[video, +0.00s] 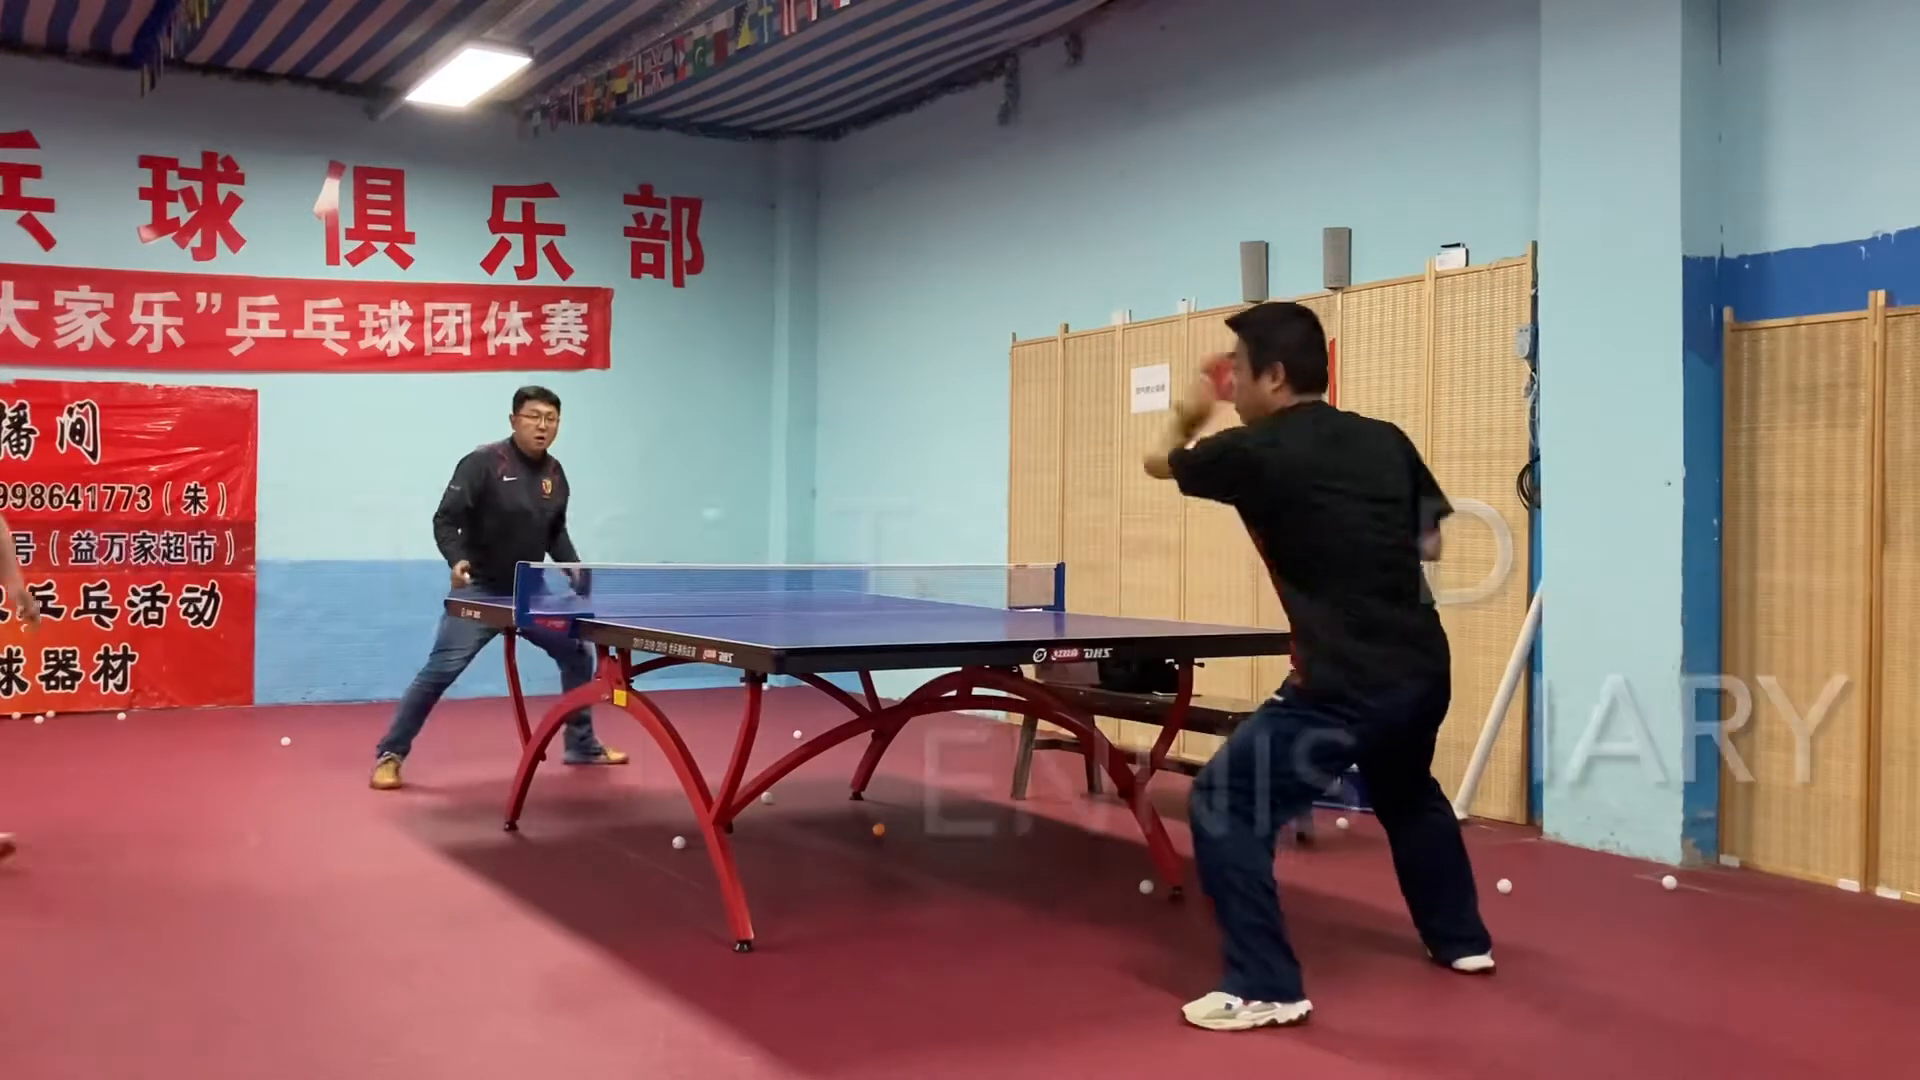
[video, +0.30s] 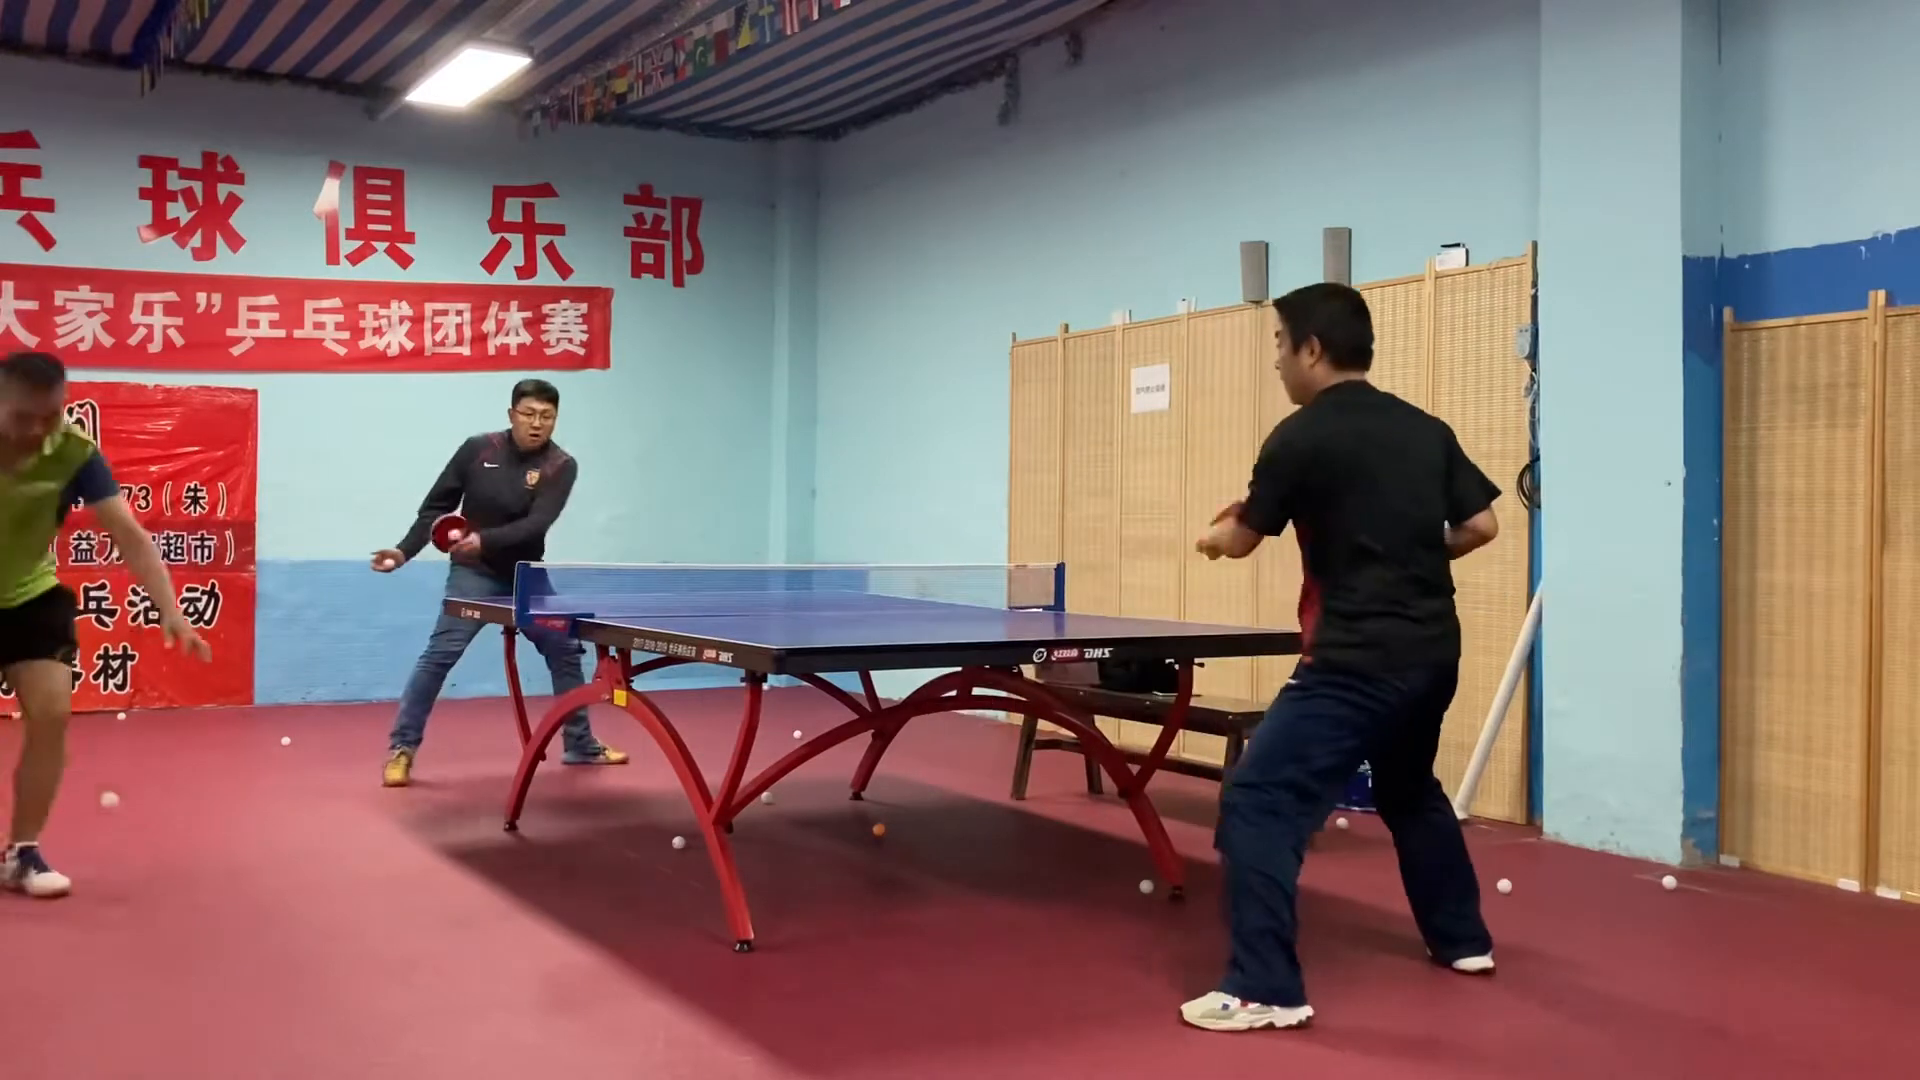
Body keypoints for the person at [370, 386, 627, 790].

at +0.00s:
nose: (543, 426)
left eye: (551, 419)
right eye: (534, 417)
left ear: (558, 427)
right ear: (514, 420)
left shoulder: (554, 473)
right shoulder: (481, 463)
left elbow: (555, 531)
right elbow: (446, 520)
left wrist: (575, 568)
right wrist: (456, 560)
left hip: (529, 591)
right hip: (479, 592)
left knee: (577, 654)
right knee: (440, 670)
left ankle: (582, 747)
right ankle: (390, 756)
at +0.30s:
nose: (537, 423)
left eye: (545, 416)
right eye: (528, 414)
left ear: (555, 420)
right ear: (511, 416)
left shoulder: (560, 465)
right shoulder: (478, 450)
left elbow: (536, 524)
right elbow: (437, 504)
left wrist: (482, 540)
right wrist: (403, 551)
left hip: (525, 572)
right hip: (474, 570)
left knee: (564, 649)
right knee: (443, 651)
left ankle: (580, 744)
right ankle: (403, 748)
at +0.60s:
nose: (484, 418)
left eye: (492, 411)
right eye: (475, 410)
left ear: (500, 415)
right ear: (456, 414)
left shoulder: (516, 459)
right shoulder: (428, 455)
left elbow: (530, 520)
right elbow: (399, 510)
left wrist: (508, 556)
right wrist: (372, 558)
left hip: (504, 577)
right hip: (448, 575)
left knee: (543, 652)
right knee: (424, 656)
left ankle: (571, 745)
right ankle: (398, 752)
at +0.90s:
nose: (507, 412)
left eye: (513, 404)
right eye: (497, 404)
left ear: (520, 409)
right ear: (475, 407)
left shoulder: (534, 456)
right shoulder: (446, 453)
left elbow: (554, 514)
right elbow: (424, 515)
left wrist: (547, 568)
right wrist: (416, 565)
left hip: (521, 579)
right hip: (465, 578)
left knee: (548, 658)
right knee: (435, 663)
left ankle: (557, 742)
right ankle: (401, 750)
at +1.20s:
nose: (506, 408)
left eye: (511, 400)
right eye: (496, 399)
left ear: (518, 406)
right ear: (474, 405)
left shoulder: (528, 452)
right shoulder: (446, 454)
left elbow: (550, 510)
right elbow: (426, 522)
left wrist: (562, 558)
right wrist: (438, 564)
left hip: (521, 579)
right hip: (465, 579)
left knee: (543, 655)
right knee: (431, 662)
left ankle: (557, 741)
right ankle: (402, 750)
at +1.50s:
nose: (454, 399)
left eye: (461, 391)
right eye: (444, 391)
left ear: (469, 397)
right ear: (423, 397)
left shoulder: (487, 443)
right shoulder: (398, 446)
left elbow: (510, 499)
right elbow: (371, 510)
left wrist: (514, 530)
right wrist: (385, 539)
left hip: (488, 577)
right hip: (426, 577)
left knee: (531, 652)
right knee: (403, 664)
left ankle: (543, 738)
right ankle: (396, 754)